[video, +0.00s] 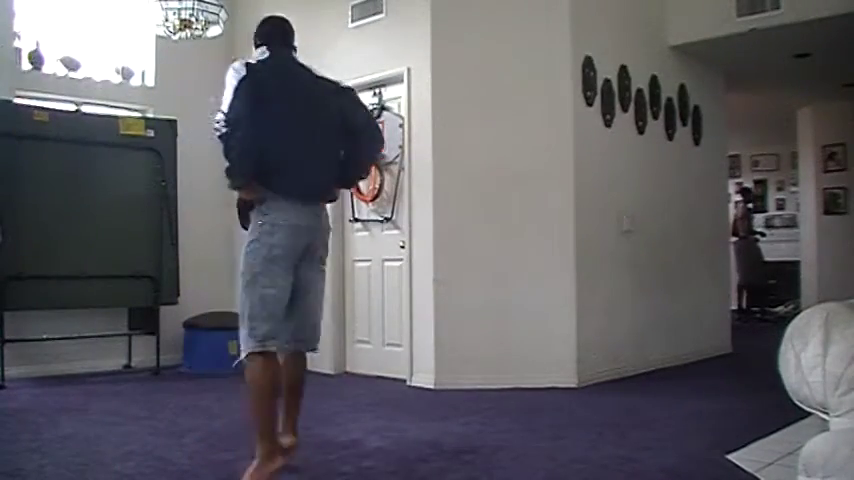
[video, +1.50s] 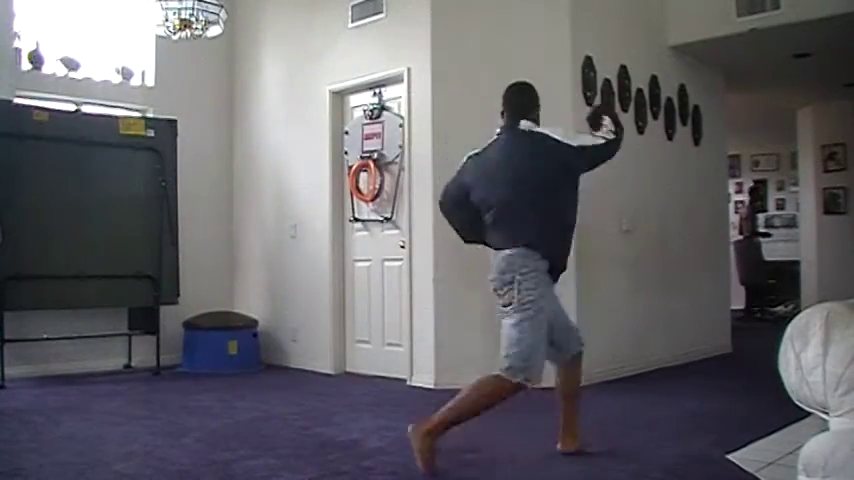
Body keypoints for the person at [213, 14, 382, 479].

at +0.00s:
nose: (258, 54)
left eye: (257, 47)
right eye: (266, 45)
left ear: (259, 47)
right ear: (293, 45)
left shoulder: (253, 81)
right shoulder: (329, 87)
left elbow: (238, 138)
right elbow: (370, 143)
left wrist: (244, 183)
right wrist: (336, 183)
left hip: (275, 213)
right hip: (317, 216)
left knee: (259, 341)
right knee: (296, 339)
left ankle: (267, 453)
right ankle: (288, 433)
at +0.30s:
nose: (303, 88)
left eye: (303, 82)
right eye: (306, 82)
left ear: (309, 83)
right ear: (339, 82)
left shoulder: (312, 118)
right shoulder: (356, 122)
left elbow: (301, 182)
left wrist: (292, 212)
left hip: (324, 246)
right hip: (350, 247)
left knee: (301, 357)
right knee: (312, 353)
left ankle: (370, 425)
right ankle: (304, 440)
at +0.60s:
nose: (369, 106)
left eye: (369, 100)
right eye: (373, 99)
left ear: (372, 100)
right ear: (404, 98)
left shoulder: (364, 133)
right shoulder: (437, 138)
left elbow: (344, 191)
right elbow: (477, 192)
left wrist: (362, 237)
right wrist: (456, 235)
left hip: (390, 259)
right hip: (430, 258)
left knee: (378, 365)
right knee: (424, 355)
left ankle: (412, 443)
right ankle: (454, 427)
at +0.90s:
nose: (474, 84)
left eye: (466, 79)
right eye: (483, 77)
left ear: (460, 82)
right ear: (494, 80)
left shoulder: (444, 119)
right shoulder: (523, 114)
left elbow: (423, 165)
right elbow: (566, 159)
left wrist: (450, 213)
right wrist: (547, 202)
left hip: (473, 233)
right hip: (520, 229)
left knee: (450, 340)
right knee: (554, 331)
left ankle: (437, 433)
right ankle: (578, 418)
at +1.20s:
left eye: (524, 86)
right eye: (545, 86)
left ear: (519, 88)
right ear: (553, 89)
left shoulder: (491, 123)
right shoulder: (573, 124)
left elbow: (454, 151)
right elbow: (607, 167)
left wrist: (479, 196)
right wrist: (584, 206)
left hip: (507, 236)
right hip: (551, 233)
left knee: (537, 332)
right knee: (578, 333)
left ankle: (539, 422)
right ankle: (589, 431)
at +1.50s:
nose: (536, 114)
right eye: (535, 108)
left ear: (502, 113)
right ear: (536, 112)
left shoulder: (482, 158)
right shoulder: (548, 149)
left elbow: (450, 200)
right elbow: (595, 153)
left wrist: (482, 235)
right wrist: (616, 135)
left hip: (510, 263)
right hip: (528, 264)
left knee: (570, 347)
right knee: (516, 374)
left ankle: (569, 437)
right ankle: (428, 431)